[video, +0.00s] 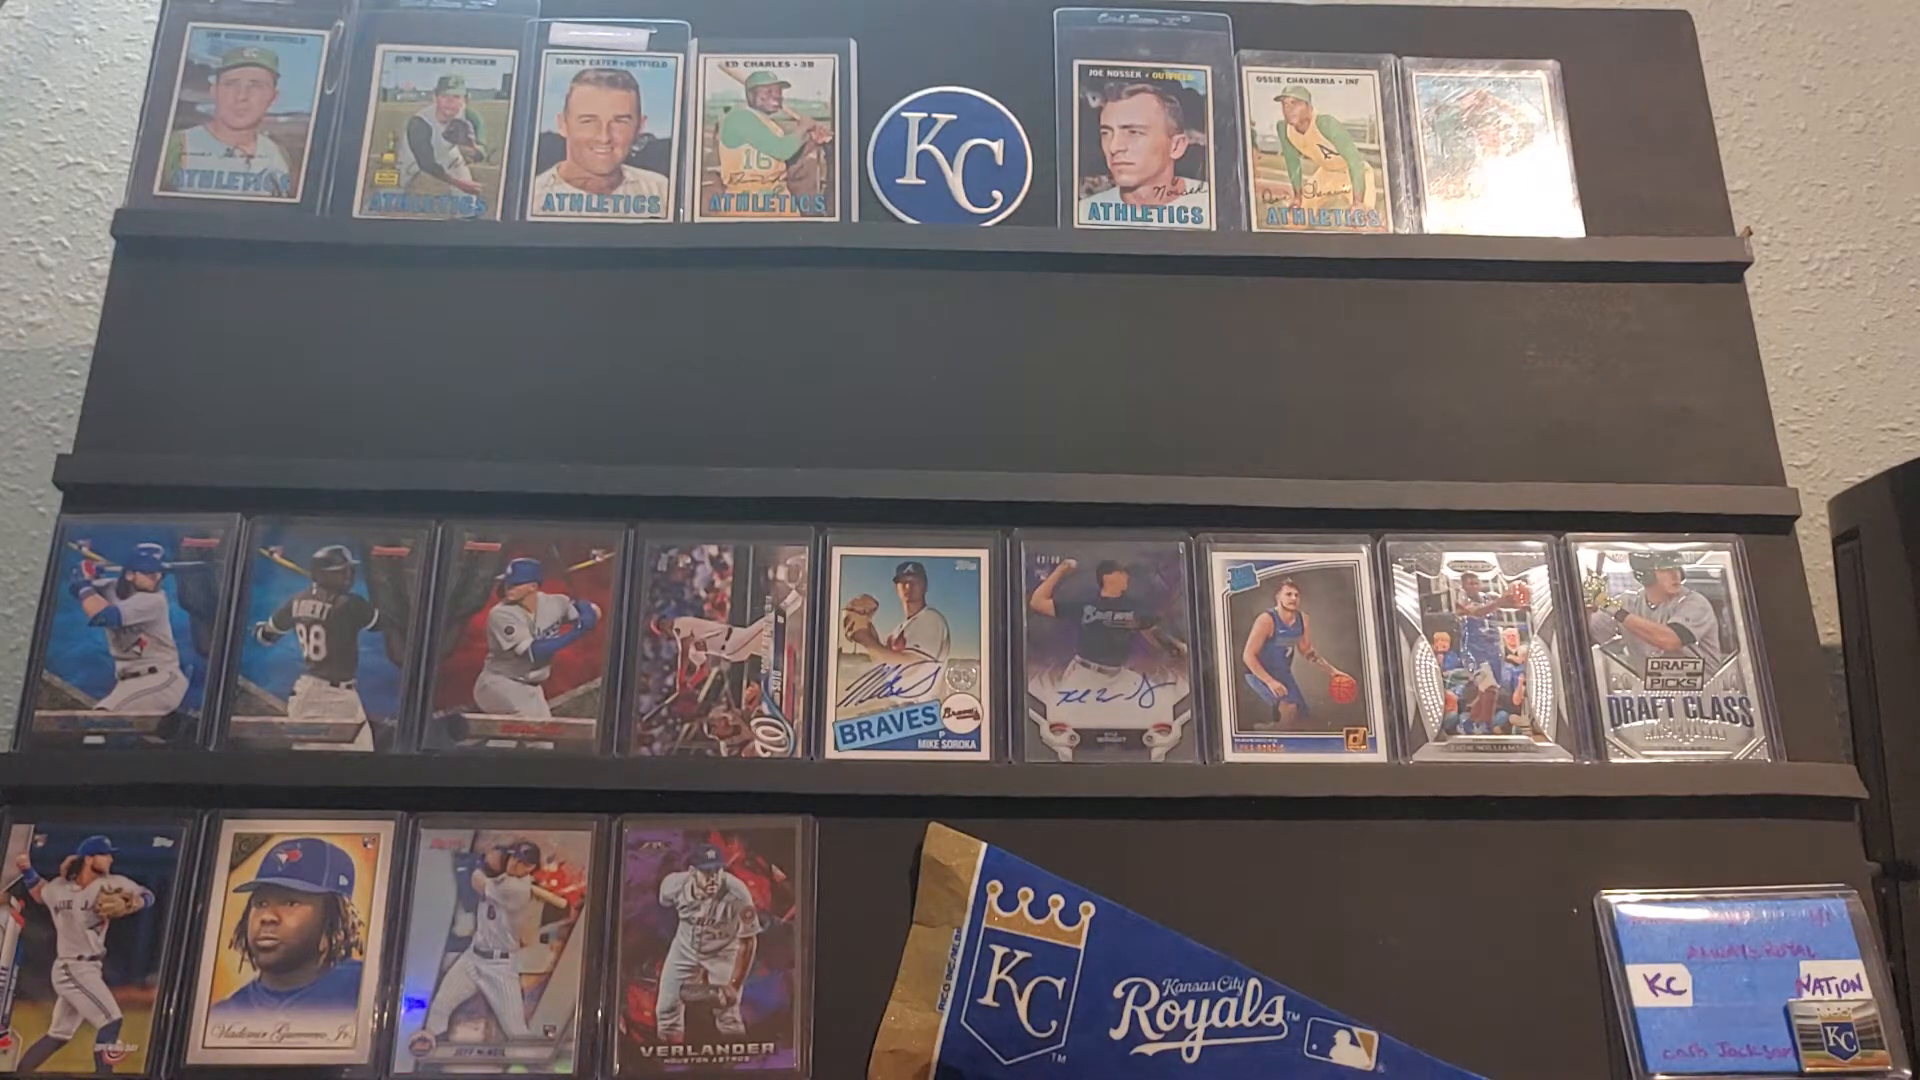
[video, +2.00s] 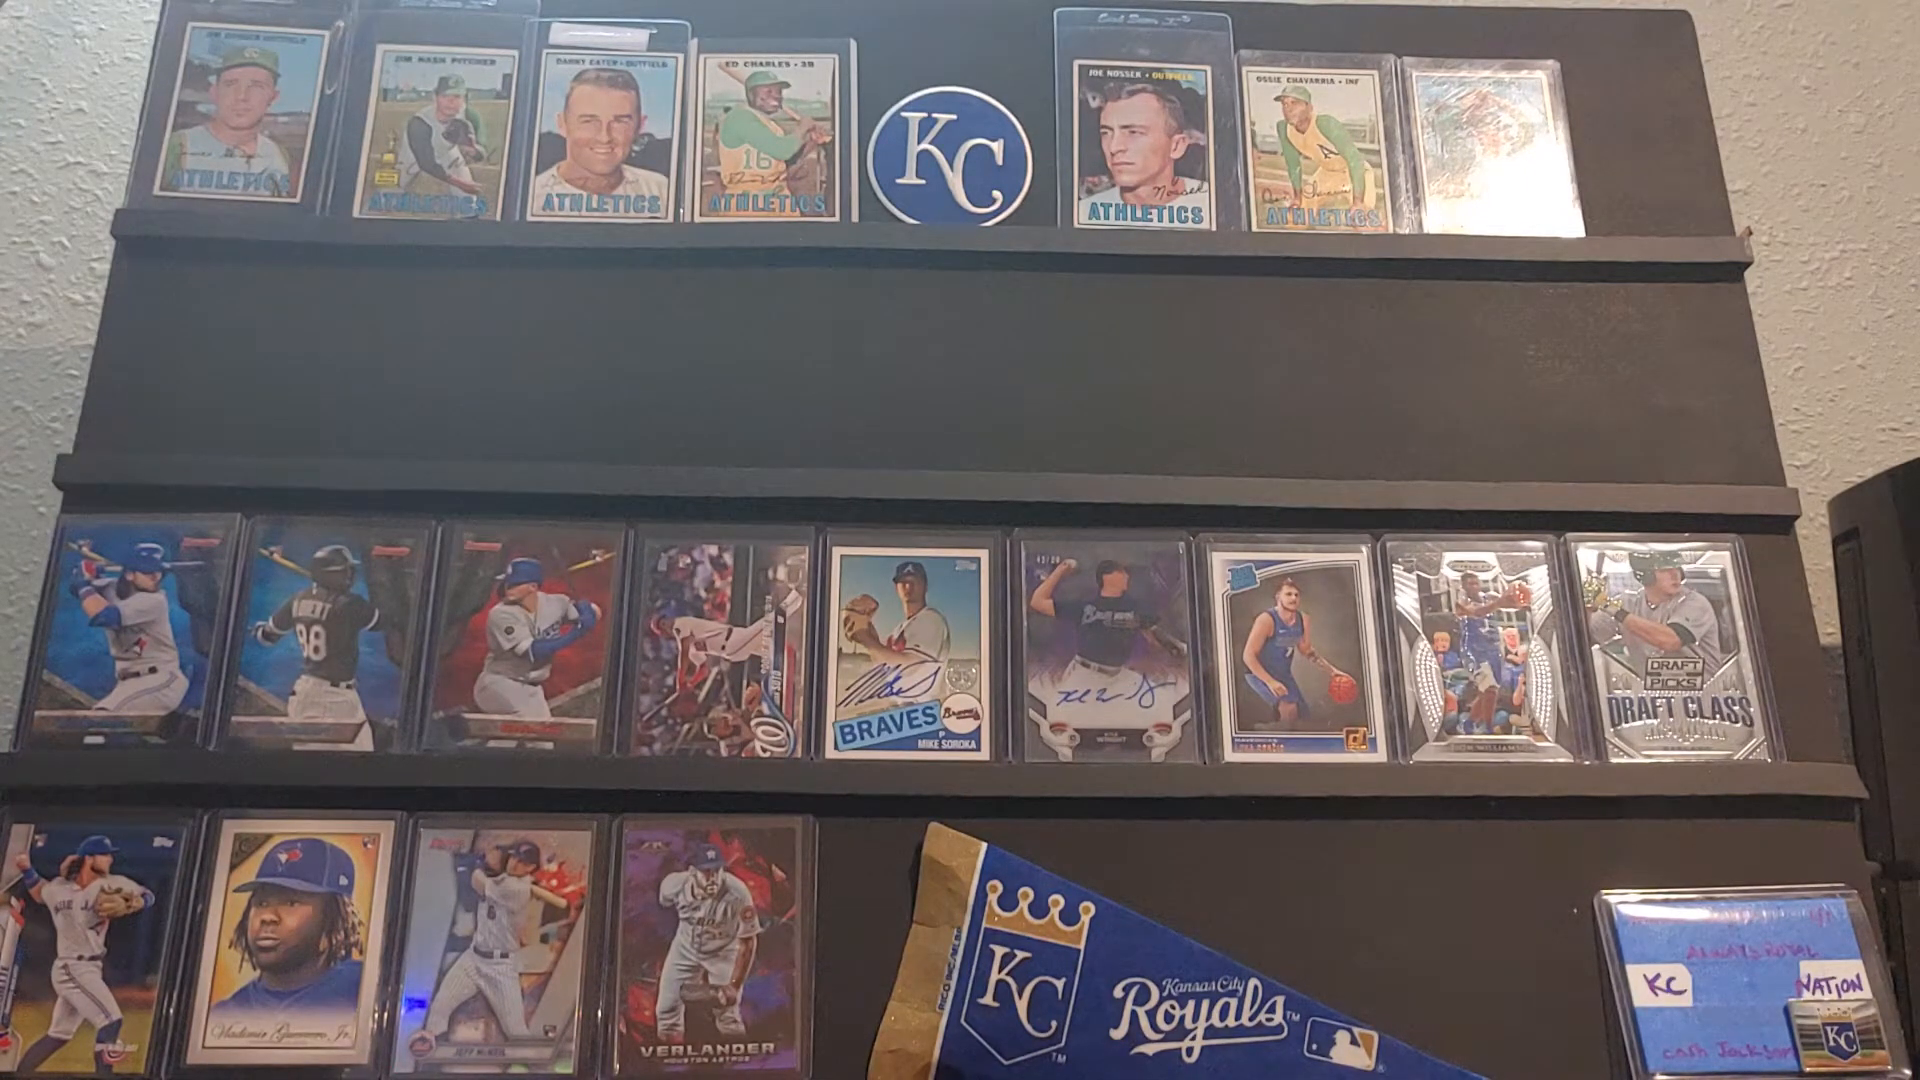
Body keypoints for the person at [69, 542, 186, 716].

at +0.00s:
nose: (157, 577)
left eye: (158, 572)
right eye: (149, 572)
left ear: (162, 573)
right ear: (130, 575)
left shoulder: (154, 600)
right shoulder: (113, 587)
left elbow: (105, 617)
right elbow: (79, 588)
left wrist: (83, 586)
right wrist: (87, 574)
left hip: (163, 679)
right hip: (130, 682)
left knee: (100, 717)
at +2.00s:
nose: (156, 577)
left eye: (158, 572)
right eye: (148, 572)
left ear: (162, 573)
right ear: (130, 575)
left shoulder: (155, 601)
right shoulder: (114, 588)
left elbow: (105, 617)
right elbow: (79, 588)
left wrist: (83, 586)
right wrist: (88, 573)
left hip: (163, 680)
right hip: (130, 681)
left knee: (99, 717)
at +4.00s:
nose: (156, 577)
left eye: (158, 571)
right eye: (148, 572)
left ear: (162, 573)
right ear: (130, 575)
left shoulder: (154, 601)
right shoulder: (113, 588)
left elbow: (104, 617)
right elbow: (78, 589)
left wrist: (83, 585)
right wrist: (87, 571)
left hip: (163, 679)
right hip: (129, 681)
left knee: (101, 716)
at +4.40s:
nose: (155, 576)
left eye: (158, 571)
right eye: (148, 571)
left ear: (162, 573)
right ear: (130, 575)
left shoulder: (154, 600)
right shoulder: (114, 589)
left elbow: (105, 617)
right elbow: (80, 589)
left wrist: (83, 586)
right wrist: (87, 574)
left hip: (162, 679)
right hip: (130, 682)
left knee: (99, 717)